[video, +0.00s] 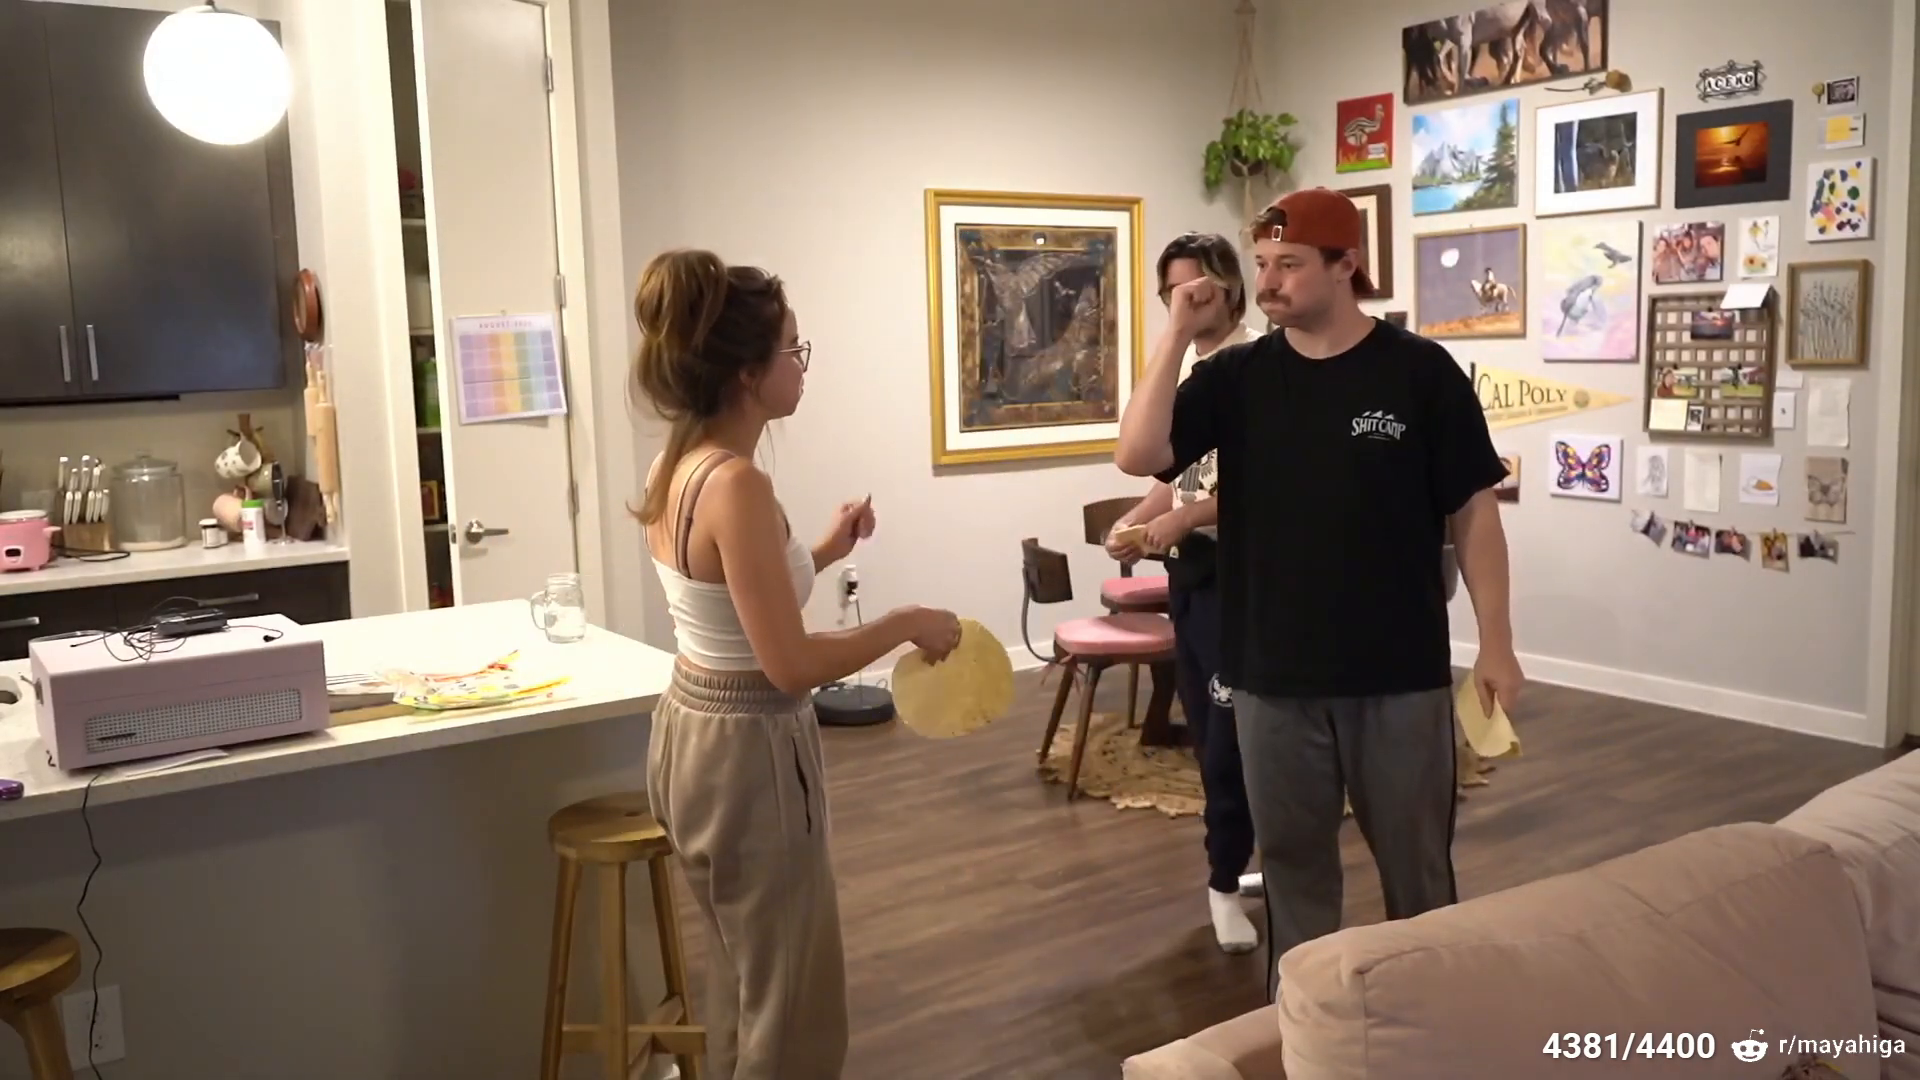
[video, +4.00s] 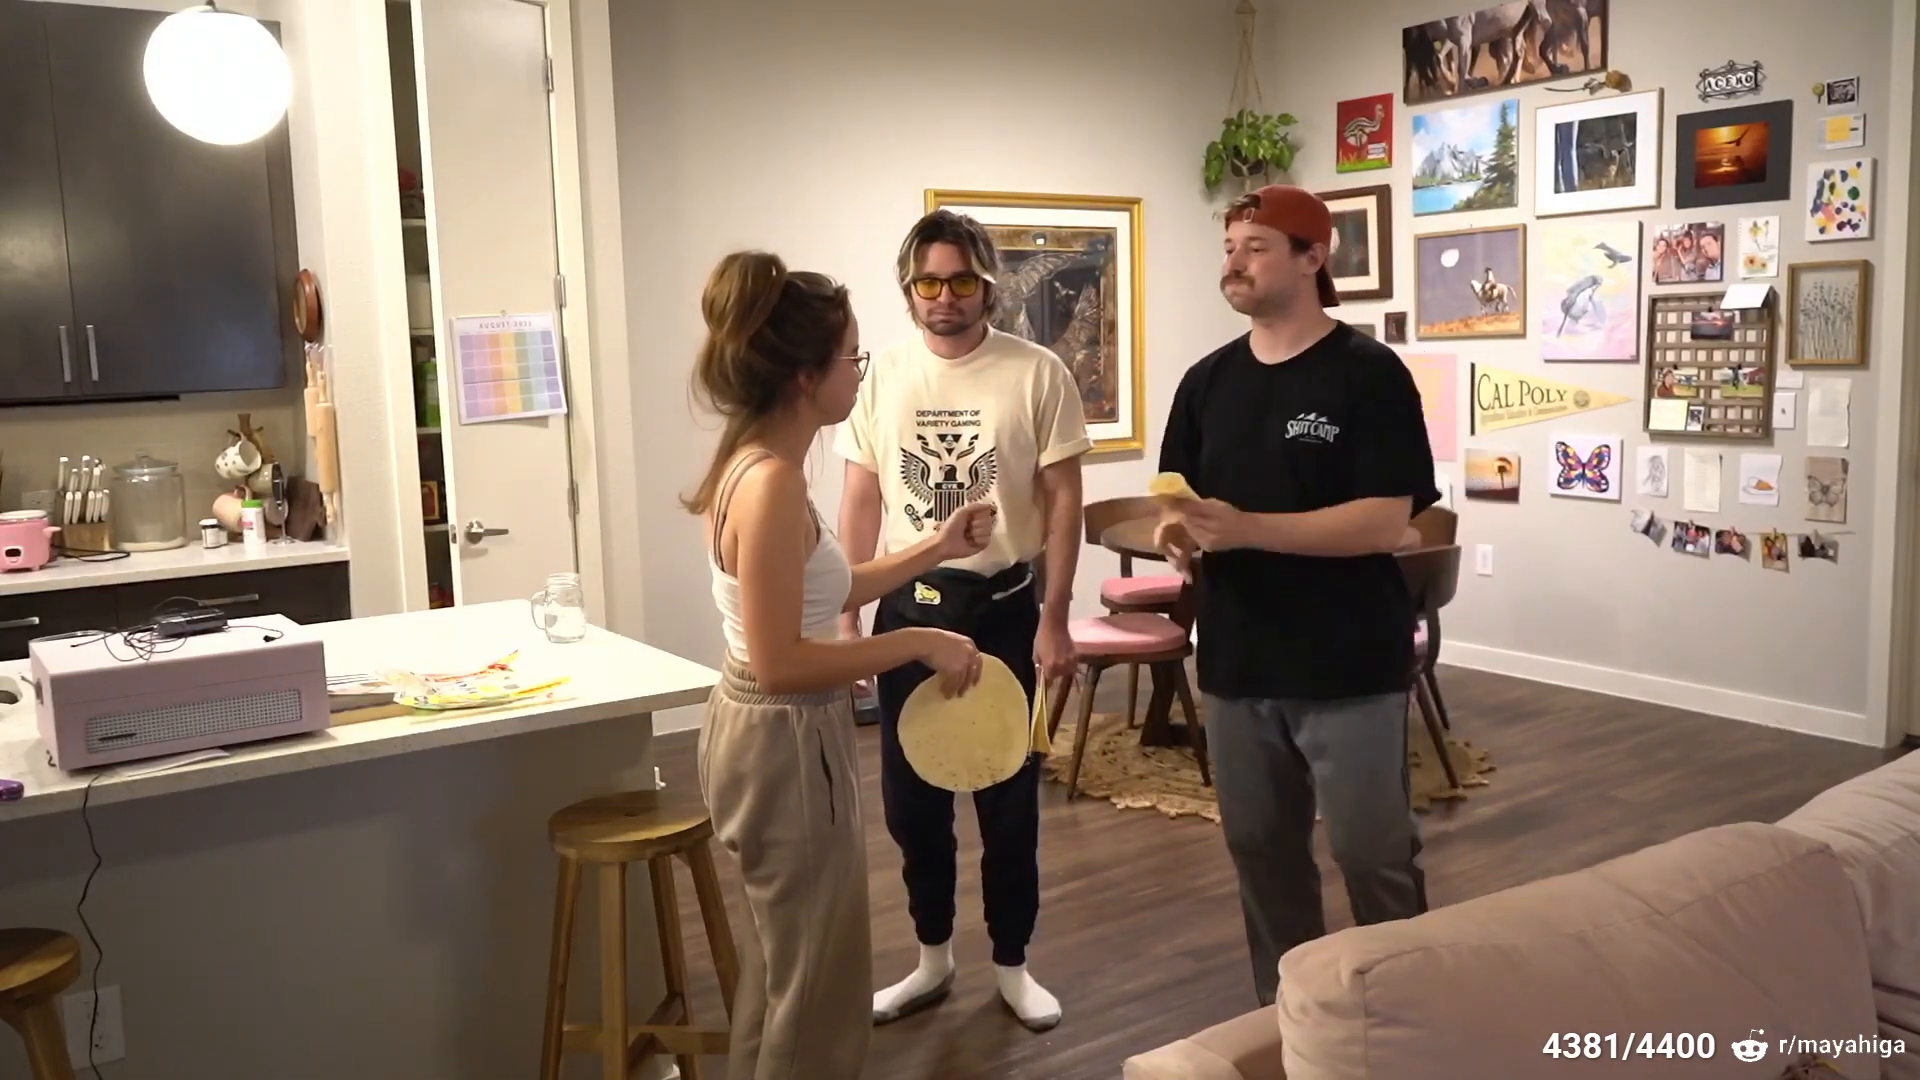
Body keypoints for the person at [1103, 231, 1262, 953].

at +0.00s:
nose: (1187, 299)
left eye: (1199, 286)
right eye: (1176, 291)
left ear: (1229, 289)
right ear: (1168, 302)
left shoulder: (1267, 370)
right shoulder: (1182, 379)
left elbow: (1274, 484)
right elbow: (1175, 474)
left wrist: (1191, 515)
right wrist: (1139, 517)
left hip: (1258, 573)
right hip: (1198, 570)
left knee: (1229, 733)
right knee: (1217, 725)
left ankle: (1225, 881)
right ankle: (1261, 853)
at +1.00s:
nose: (1155, 298)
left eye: (1168, 284)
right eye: (1149, 286)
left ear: (1209, 286)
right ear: (1147, 292)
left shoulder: (1248, 365)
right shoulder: (1162, 368)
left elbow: (1260, 489)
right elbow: (1154, 485)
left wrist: (1232, 588)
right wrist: (1135, 573)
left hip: (1224, 576)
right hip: (1167, 571)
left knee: (1213, 749)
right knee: (1168, 738)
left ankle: (1218, 904)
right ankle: (1253, 835)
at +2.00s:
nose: (988, 303)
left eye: (1002, 288)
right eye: (974, 291)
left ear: (1035, 286)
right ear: (962, 295)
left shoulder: (1091, 364)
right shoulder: (957, 376)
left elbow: (1131, 478)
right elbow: (936, 492)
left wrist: (1127, 593)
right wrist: (894, 597)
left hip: (1072, 586)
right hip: (989, 588)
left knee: (1084, 772)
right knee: (1007, 763)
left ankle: (1130, 914)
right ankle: (1048, 916)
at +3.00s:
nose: (977, 294)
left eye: (996, 280)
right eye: (964, 279)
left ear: (1027, 285)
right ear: (949, 283)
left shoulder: (1074, 376)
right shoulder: (917, 374)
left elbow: (1097, 502)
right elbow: (893, 506)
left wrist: (1087, 618)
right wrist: (861, 618)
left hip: (1035, 605)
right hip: (936, 603)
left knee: (1023, 796)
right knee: (927, 795)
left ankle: (1014, 967)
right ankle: (936, 957)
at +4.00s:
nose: (945, 297)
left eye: (960, 282)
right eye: (929, 283)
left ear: (988, 285)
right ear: (909, 290)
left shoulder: (1036, 371)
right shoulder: (885, 375)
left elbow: (1064, 499)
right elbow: (861, 502)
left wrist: (1054, 616)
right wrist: (855, 617)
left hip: (1006, 606)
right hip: (909, 608)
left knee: (1008, 791)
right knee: (913, 795)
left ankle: (1011, 965)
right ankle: (932, 958)